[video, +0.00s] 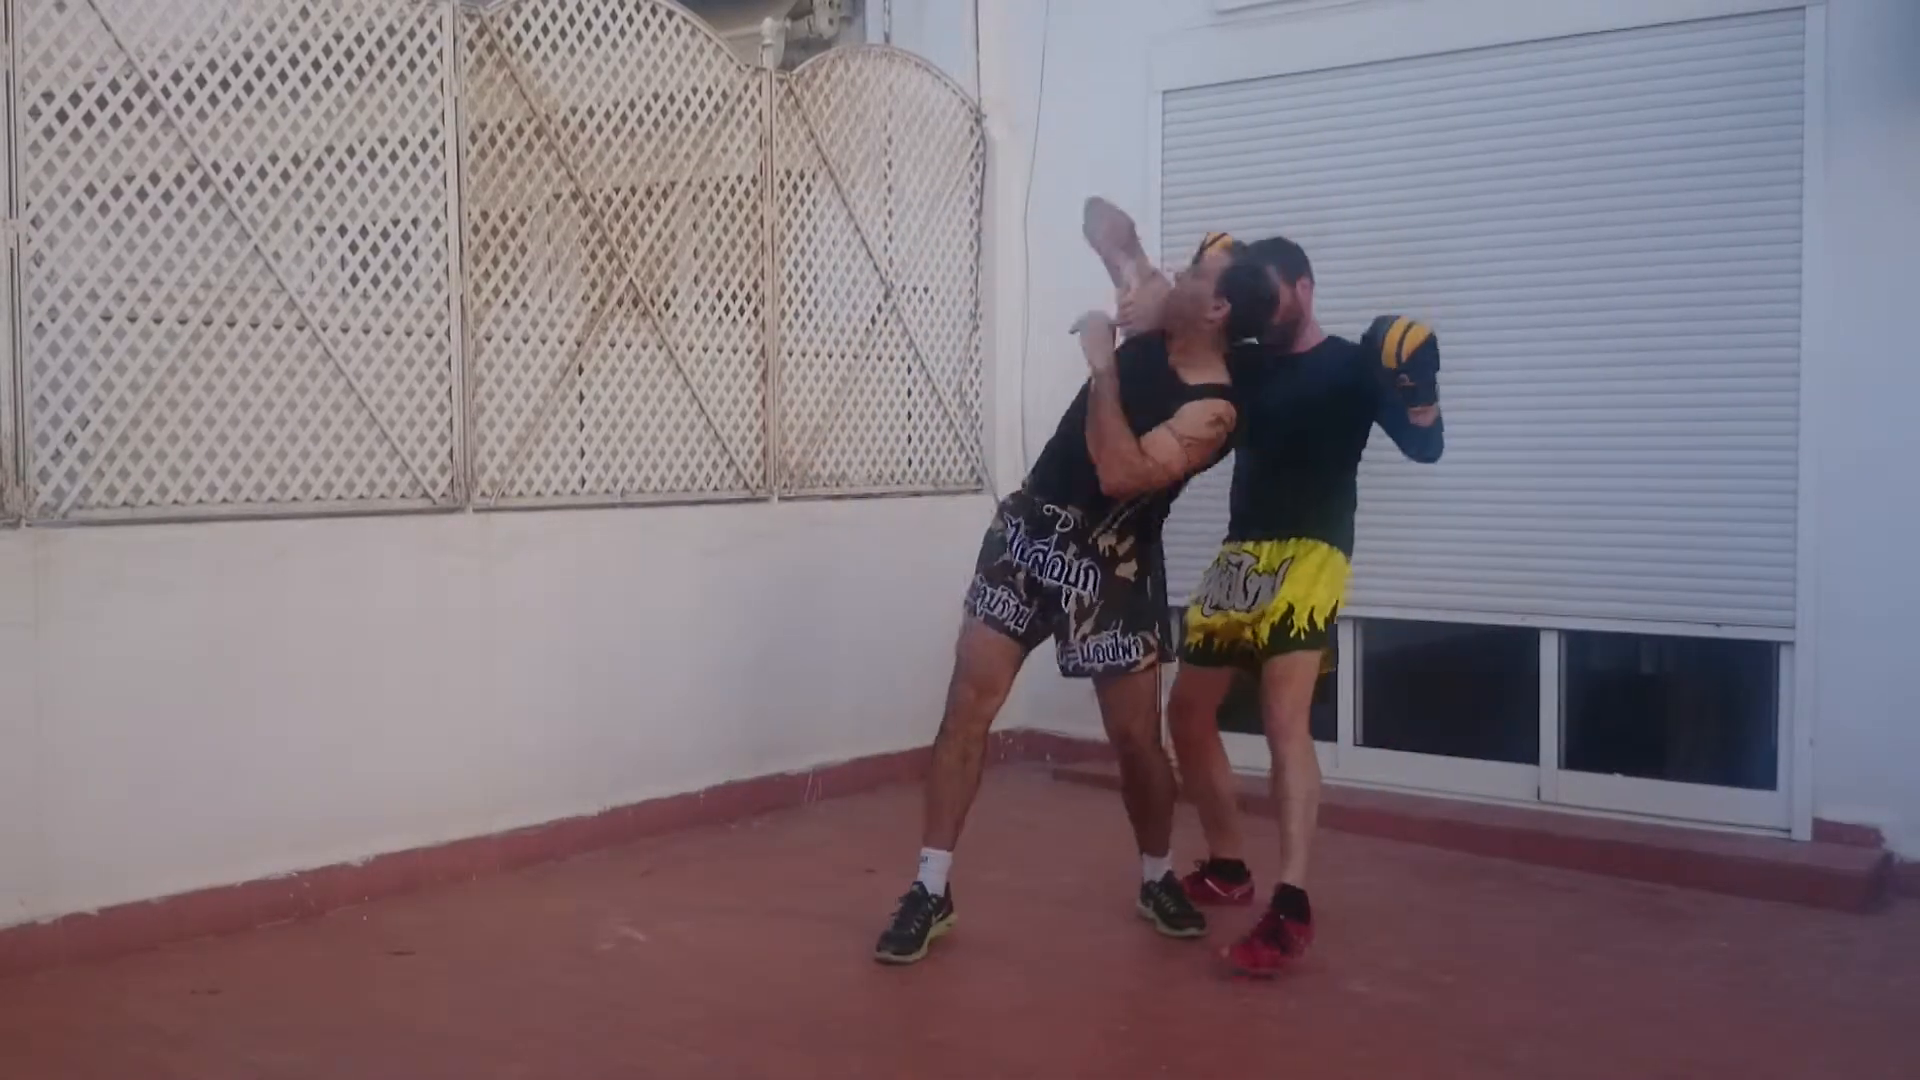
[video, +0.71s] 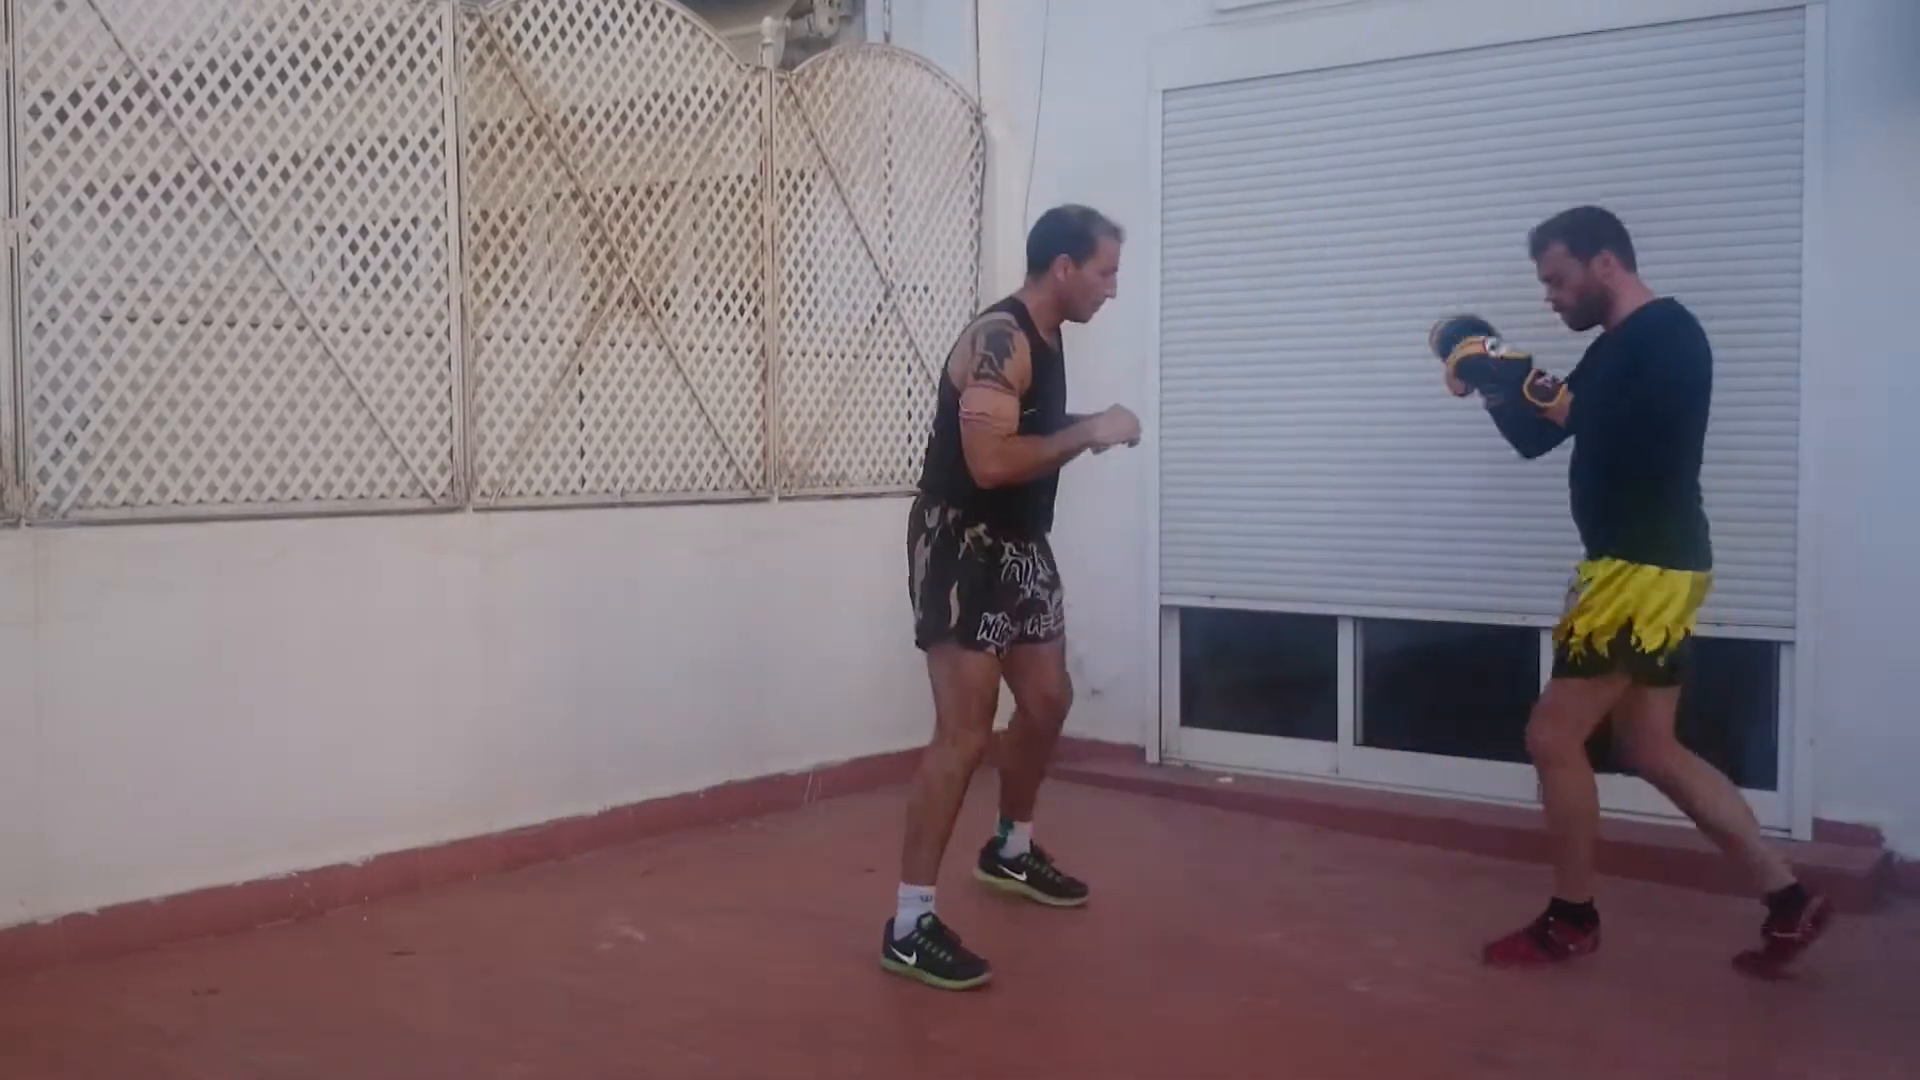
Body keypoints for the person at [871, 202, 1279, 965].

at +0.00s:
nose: (1184, 275)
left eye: (1198, 275)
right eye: (1195, 269)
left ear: (1217, 310)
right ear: (1207, 300)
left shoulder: (1212, 410)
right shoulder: (1156, 308)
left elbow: (1121, 474)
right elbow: (1101, 212)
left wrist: (1103, 364)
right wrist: (1126, 259)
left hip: (1116, 555)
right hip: (1033, 525)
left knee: (1136, 736)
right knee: (969, 705)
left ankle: (1157, 881)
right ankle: (929, 888)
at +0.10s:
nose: (1172, 276)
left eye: (1193, 275)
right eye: (1177, 264)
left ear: (1227, 307)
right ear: (1172, 272)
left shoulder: (1221, 398)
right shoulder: (1122, 309)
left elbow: (1183, 496)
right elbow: (1034, 235)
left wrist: (1159, 395)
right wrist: (1108, 285)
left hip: (1125, 556)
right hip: (1031, 528)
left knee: (1143, 726)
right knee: (971, 703)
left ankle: (1159, 880)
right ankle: (932, 885)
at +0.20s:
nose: (1195, 292)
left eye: (1212, 286)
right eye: (1185, 274)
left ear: (1222, 304)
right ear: (1155, 274)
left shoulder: (1211, 386)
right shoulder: (1087, 317)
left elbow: (1208, 501)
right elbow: (972, 305)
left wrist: (1192, 409)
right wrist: (1069, 315)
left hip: (1124, 554)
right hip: (1030, 530)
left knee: (1145, 728)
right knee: (985, 712)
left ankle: (1160, 880)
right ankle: (926, 890)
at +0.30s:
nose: (1193, 304)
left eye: (1201, 291)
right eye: (1184, 287)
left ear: (1191, 292)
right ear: (1137, 276)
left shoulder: (1173, 372)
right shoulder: (1055, 331)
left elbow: (1182, 495)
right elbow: (962, 400)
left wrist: (1188, 440)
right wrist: (1062, 370)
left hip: (1111, 551)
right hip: (1023, 538)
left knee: (1137, 724)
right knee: (998, 727)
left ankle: (1157, 878)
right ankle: (924, 914)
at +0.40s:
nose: (1166, 310)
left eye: (1170, 296)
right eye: (1160, 293)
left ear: (1124, 290)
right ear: (1113, 285)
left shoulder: (1124, 370)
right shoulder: (1026, 346)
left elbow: (1129, 479)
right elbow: (980, 462)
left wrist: (1156, 450)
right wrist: (1088, 427)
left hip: (1079, 550)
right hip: (1003, 545)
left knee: (1115, 720)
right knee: (1001, 734)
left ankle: (1148, 878)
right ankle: (921, 922)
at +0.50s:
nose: (1142, 302)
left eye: (1144, 287)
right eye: (1137, 286)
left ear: (1098, 279)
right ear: (1094, 278)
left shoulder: (1077, 347)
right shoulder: (1013, 348)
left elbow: (1028, 455)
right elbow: (990, 473)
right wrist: (1102, 446)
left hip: (1045, 545)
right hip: (982, 547)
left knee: (1089, 711)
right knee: (990, 734)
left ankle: (1109, 878)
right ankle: (916, 922)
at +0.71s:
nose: (1113, 288)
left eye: (1115, 274)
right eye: (1106, 273)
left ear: (1067, 270)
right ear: (1062, 267)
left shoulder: (1045, 339)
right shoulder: (1000, 336)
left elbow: (1011, 445)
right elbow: (988, 462)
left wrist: (1082, 434)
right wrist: (1083, 434)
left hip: (1018, 541)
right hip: (960, 540)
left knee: (1045, 701)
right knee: (964, 731)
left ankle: (1010, 850)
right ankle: (909, 922)